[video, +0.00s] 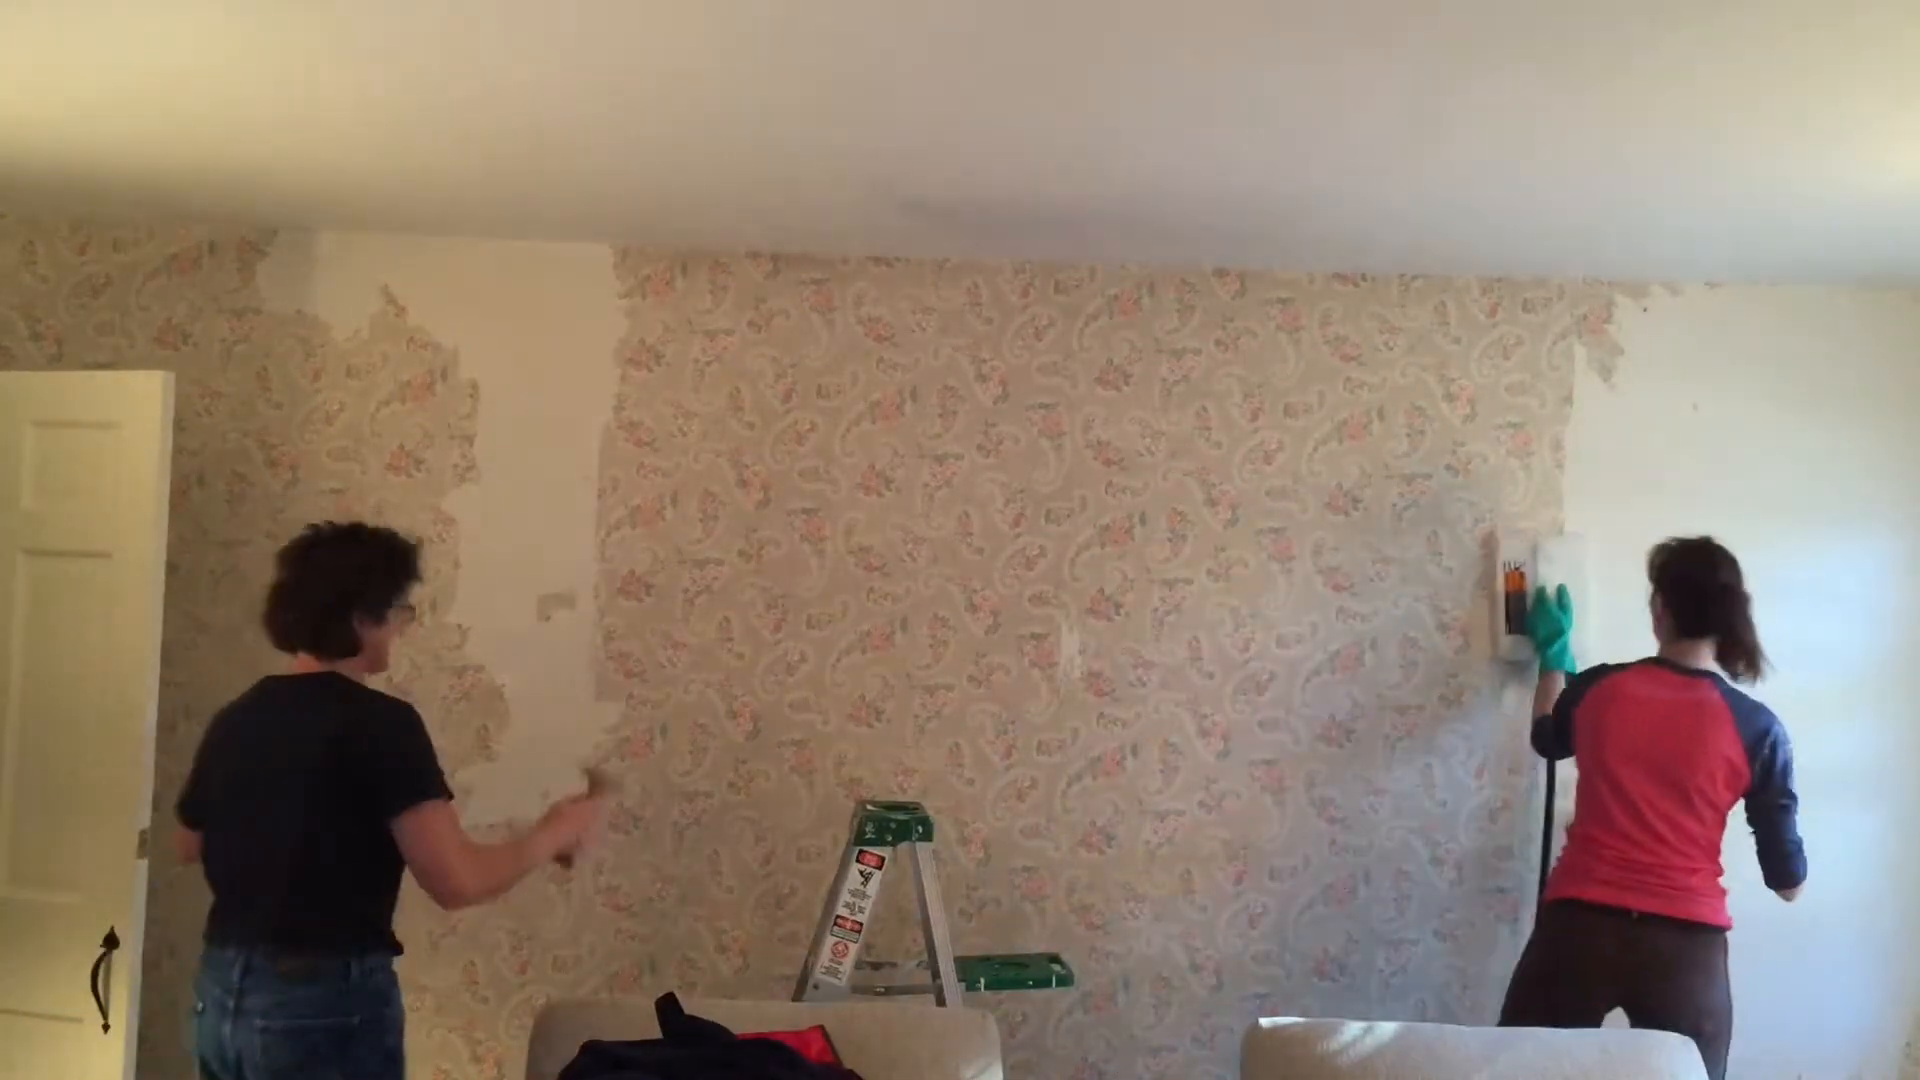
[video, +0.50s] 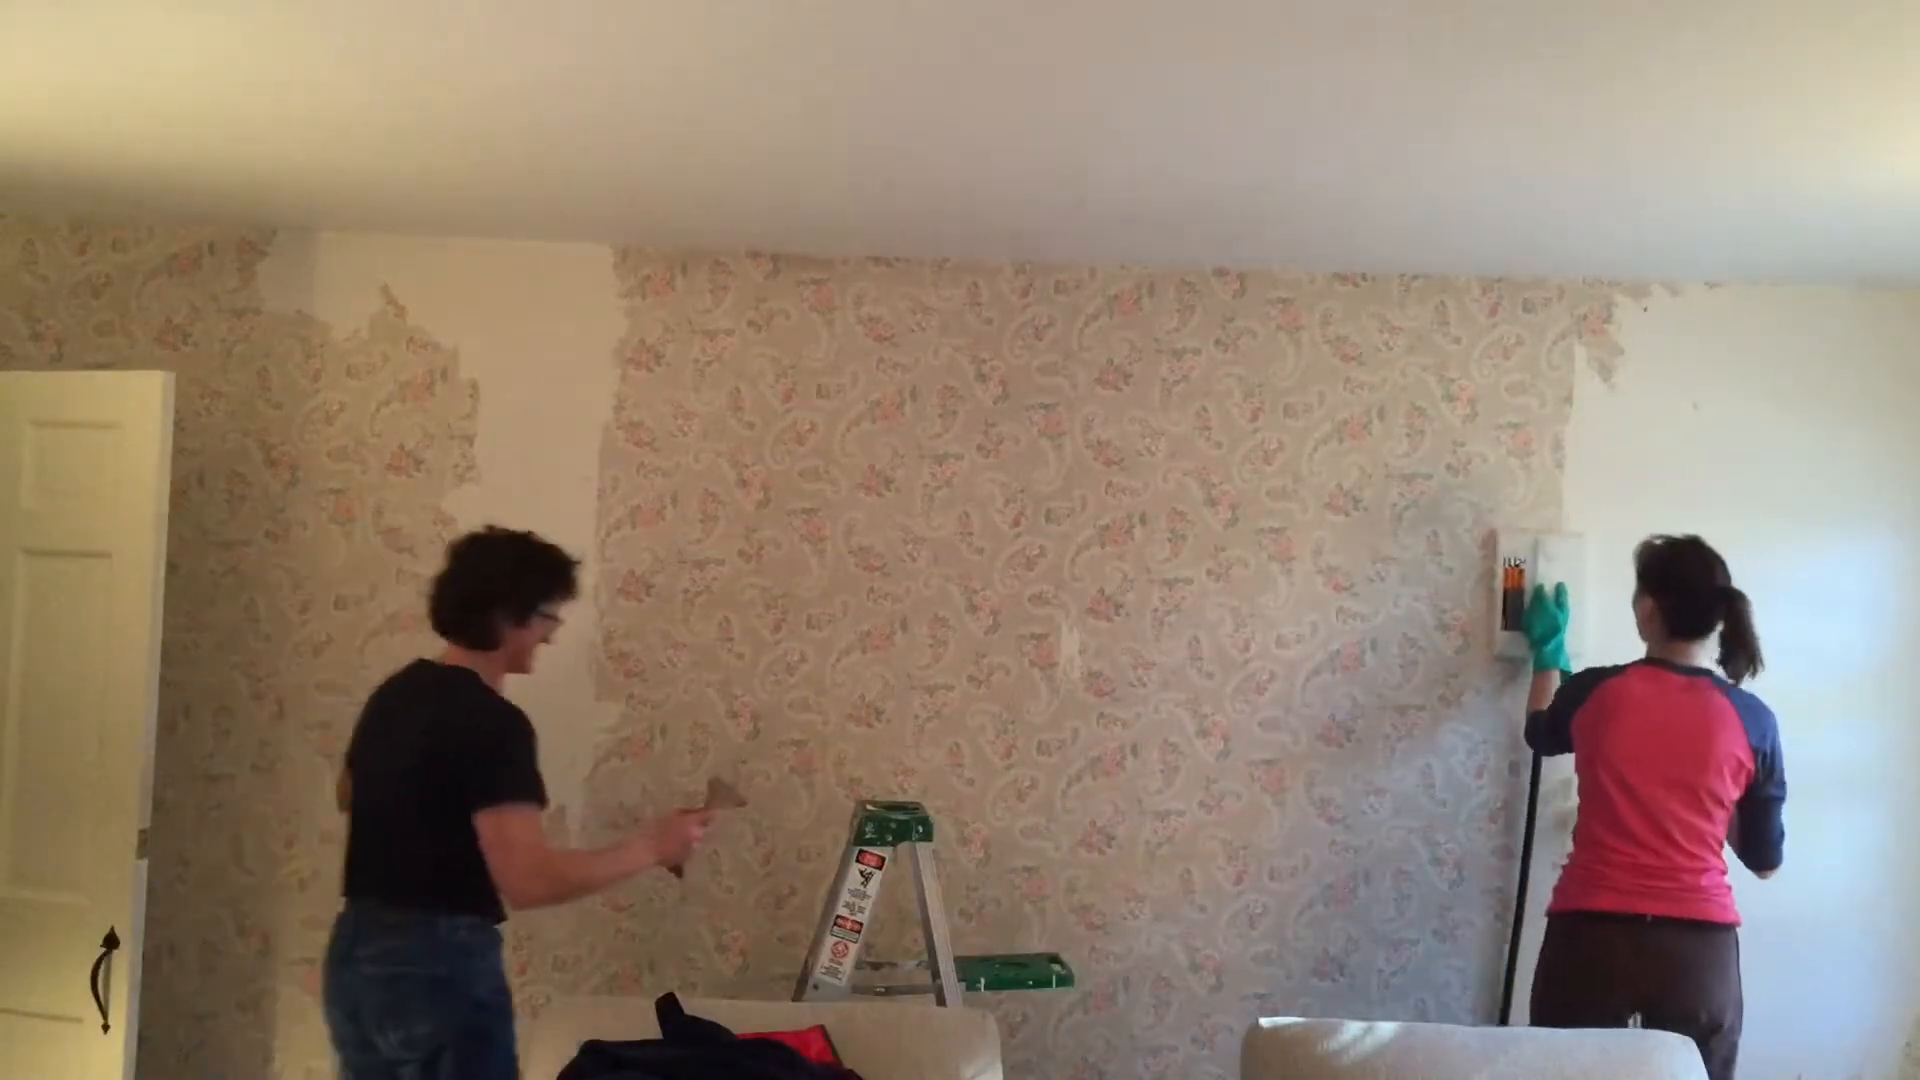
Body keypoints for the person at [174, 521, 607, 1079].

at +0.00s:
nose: (406, 624)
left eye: (406, 610)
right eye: (399, 609)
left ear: (303, 609)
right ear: (358, 616)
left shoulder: (237, 718)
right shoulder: (382, 722)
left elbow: (188, 842)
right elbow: (456, 880)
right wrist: (552, 836)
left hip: (222, 996)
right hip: (328, 1011)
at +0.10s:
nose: (431, 649)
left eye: (436, 631)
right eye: (428, 628)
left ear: (336, 619)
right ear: (385, 622)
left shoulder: (266, 712)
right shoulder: (391, 721)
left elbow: (230, 853)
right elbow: (454, 878)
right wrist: (557, 852)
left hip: (234, 986)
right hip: (338, 1002)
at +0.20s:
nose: (454, 650)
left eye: (460, 634)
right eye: (452, 631)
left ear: (364, 616)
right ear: (408, 619)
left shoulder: (300, 700)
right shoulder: (407, 713)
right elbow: (474, 864)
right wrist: (585, 839)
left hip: (253, 973)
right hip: (349, 989)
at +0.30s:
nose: (479, 640)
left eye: (485, 623)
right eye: (478, 621)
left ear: (391, 605)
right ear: (435, 612)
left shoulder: (330, 690)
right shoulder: (430, 703)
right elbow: (494, 850)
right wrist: (619, 826)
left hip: (284, 962)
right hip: (376, 973)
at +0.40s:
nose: (508, 631)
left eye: (513, 615)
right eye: (505, 613)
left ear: (423, 602)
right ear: (463, 607)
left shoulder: (356, 692)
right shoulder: (458, 707)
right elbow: (512, 856)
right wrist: (642, 826)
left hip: (325, 954)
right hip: (415, 967)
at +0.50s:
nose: (552, 633)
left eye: (556, 619)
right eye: (546, 617)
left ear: (481, 611)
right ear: (504, 614)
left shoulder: (392, 695)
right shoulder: (493, 722)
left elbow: (351, 797)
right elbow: (526, 878)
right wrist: (652, 847)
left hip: (357, 960)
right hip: (445, 974)